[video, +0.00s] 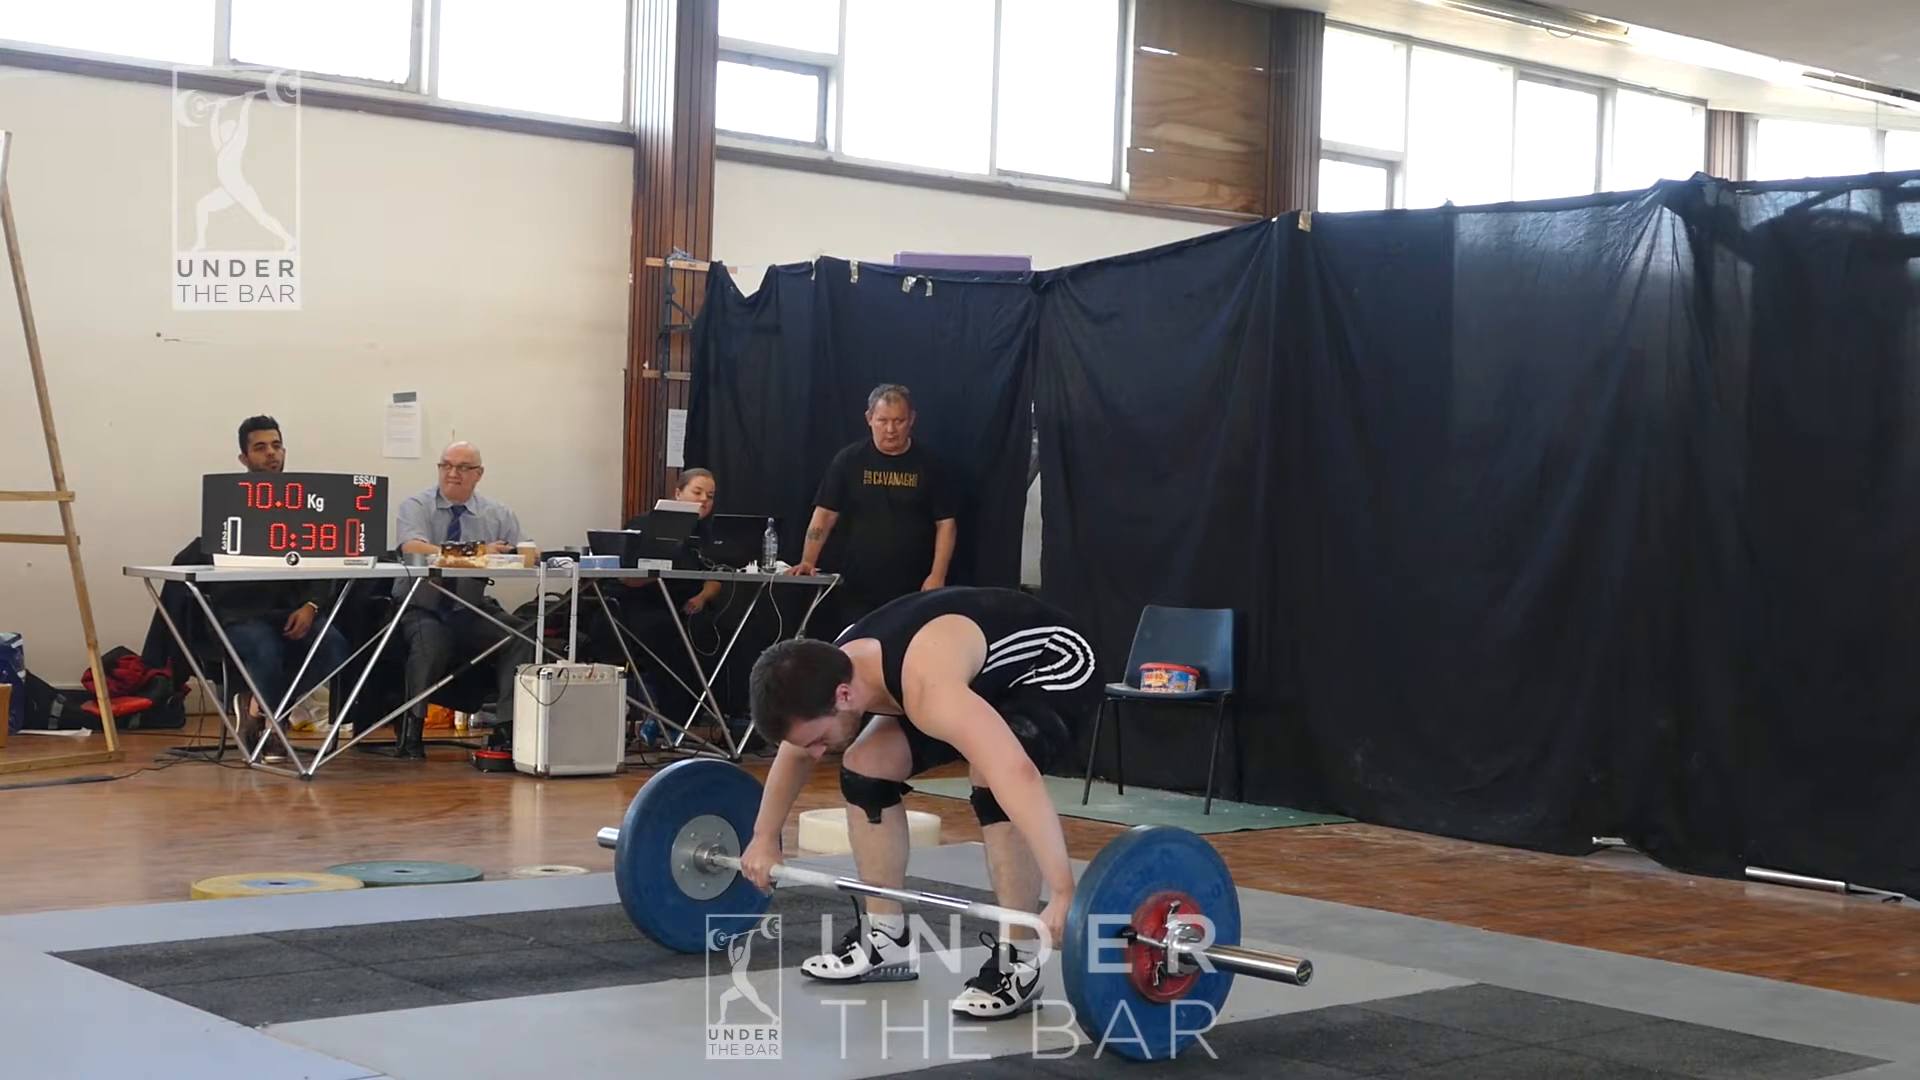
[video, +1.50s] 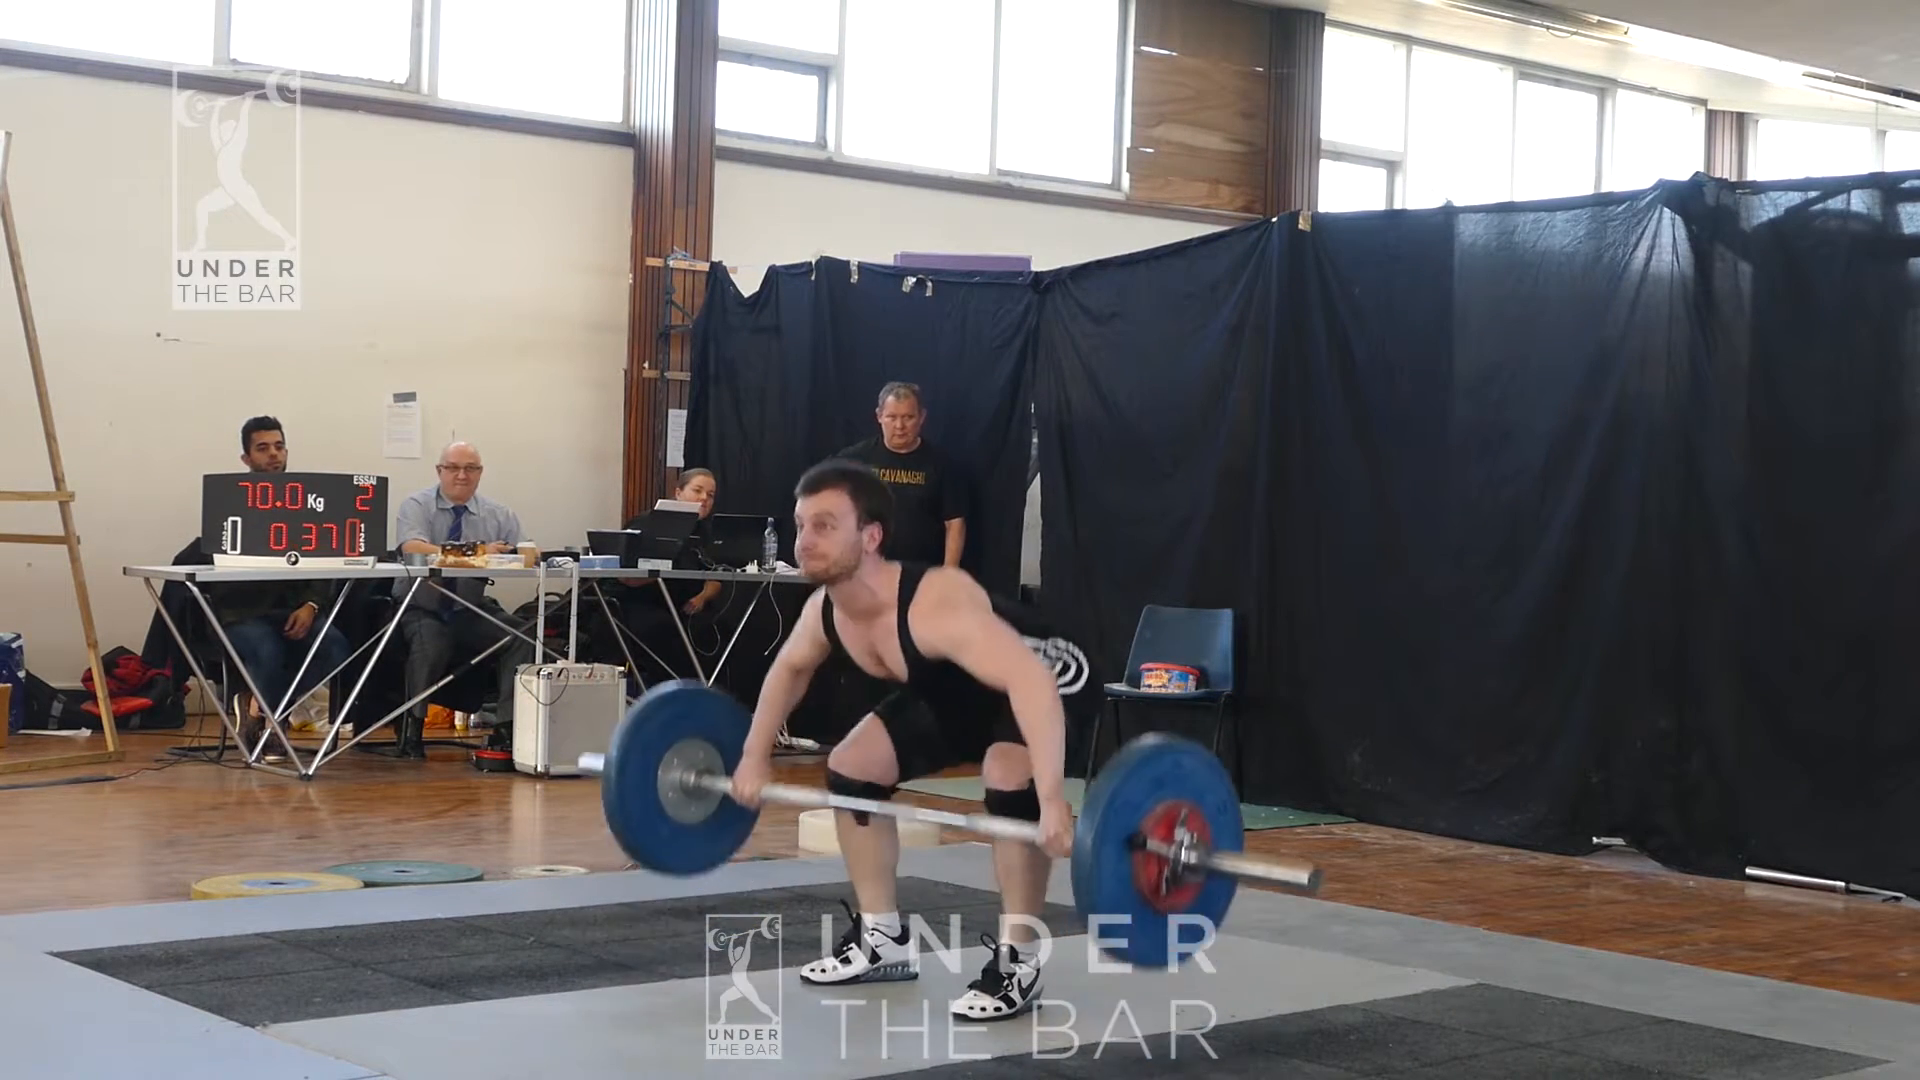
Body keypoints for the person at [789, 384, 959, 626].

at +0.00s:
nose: (890, 429)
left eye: (898, 421)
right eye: (882, 420)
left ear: (911, 420)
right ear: (869, 419)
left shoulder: (930, 464)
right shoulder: (849, 461)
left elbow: (946, 525)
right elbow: (824, 514)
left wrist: (937, 577)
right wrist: (808, 561)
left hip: (910, 588)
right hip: (857, 584)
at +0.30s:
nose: (894, 428)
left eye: (902, 420)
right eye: (886, 420)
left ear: (915, 418)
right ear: (873, 418)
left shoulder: (933, 463)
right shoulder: (852, 459)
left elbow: (951, 523)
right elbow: (817, 501)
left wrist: (945, 574)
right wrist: (822, 538)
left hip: (913, 586)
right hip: (859, 585)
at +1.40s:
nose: (898, 426)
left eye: (907, 418)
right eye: (890, 417)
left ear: (920, 417)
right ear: (878, 416)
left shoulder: (939, 464)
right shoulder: (860, 455)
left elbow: (955, 524)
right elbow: (817, 483)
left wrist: (948, 577)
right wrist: (828, 538)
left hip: (919, 581)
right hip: (862, 579)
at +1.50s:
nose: (899, 425)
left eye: (908, 417)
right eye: (892, 417)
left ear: (922, 418)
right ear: (879, 416)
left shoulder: (941, 464)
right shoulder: (854, 460)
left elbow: (955, 524)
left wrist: (948, 579)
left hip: (924, 579)